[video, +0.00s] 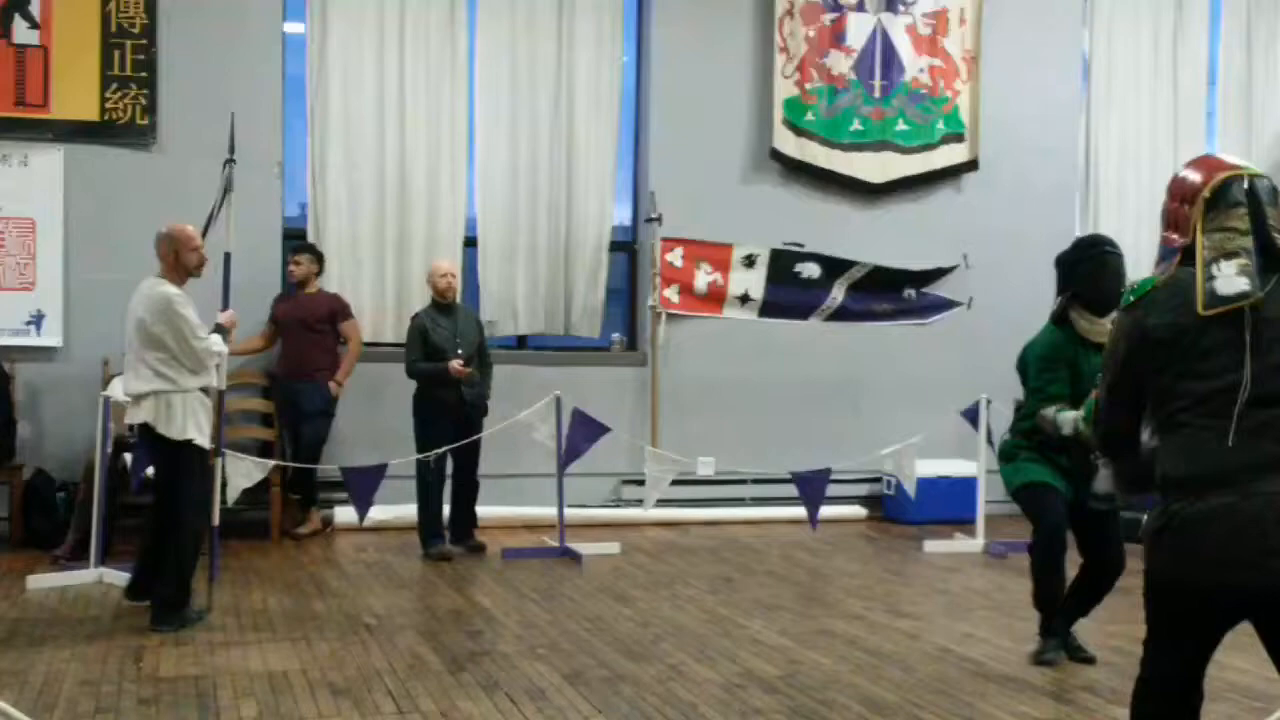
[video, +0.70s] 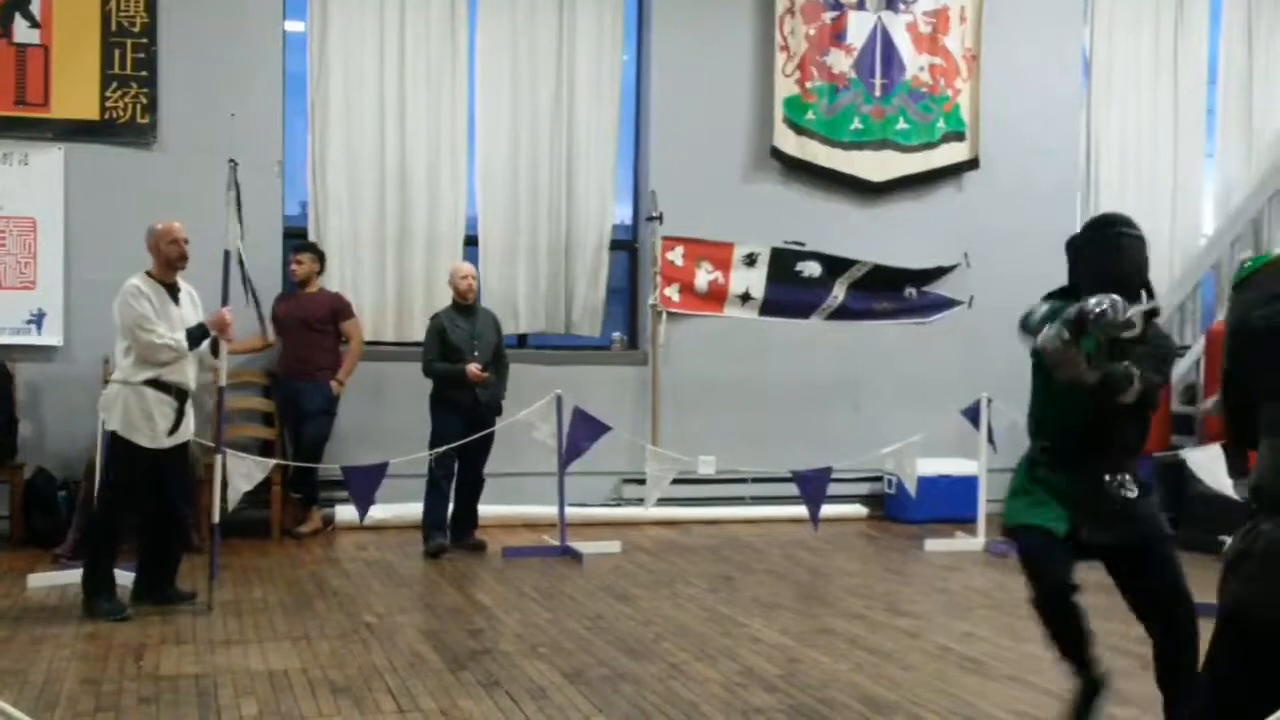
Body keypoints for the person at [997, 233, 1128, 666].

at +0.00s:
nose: (1114, 288)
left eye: (1117, 278)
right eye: (1105, 279)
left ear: (1120, 284)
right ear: (1079, 284)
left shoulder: (1117, 337)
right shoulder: (1049, 346)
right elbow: (1045, 412)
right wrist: (1081, 422)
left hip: (1086, 463)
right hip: (1034, 454)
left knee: (1107, 560)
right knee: (1051, 521)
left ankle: (1061, 626)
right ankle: (1051, 632)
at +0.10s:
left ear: (1121, 298)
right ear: (1075, 299)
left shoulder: (1123, 337)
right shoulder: (1052, 354)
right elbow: (1070, 436)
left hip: (1088, 467)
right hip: (1037, 461)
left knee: (1117, 565)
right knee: (1062, 524)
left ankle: (1062, 618)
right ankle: (1068, 630)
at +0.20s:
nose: (1113, 286)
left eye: (1117, 276)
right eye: (1103, 276)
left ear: (1121, 280)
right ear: (1078, 283)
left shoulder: (1125, 330)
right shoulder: (1062, 337)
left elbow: (1143, 377)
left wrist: (1112, 412)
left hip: (1102, 469)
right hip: (1052, 467)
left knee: (1118, 565)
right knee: (1079, 552)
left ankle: (1063, 616)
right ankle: (1093, 674)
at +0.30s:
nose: (1114, 302)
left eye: (1119, 291)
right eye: (1104, 292)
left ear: (1126, 290)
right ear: (1078, 293)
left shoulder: (1124, 338)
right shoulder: (1062, 342)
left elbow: (1152, 381)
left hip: (1118, 476)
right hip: (1071, 478)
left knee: (1129, 577)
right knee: (1114, 579)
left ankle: (1074, 616)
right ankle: (1114, 696)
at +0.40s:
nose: (1126, 287)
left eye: (1130, 276)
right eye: (1114, 277)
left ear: (1136, 285)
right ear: (1087, 283)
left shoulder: (1139, 340)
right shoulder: (1062, 334)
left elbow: (1170, 366)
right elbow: (1067, 319)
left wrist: (1151, 354)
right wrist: (1096, 296)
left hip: (1119, 482)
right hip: (1068, 483)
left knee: (1156, 603)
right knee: (1119, 594)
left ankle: (1092, 640)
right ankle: (1113, 702)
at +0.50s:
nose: (1123, 285)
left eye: (1133, 273)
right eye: (1112, 272)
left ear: (1144, 280)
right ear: (1085, 273)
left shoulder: (1151, 338)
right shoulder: (1064, 314)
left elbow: (1152, 371)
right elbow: (1071, 327)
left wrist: (1120, 357)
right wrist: (1090, 291)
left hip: (1114, 477)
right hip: (1055, 480)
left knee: (1179, 595)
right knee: (1108, 592)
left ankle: (1131, 666)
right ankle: (1108, 701)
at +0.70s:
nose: (1118, 282)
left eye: (1130, 270)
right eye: (1105, 269)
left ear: (1143, 274)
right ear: (1079, 268)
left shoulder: (1153, 340)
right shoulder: (1054, 315)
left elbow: (1138, 396)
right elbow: (1036, 323)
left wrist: (1088, 377)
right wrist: (1081, 318)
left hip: (1115, 486)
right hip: (1045, 485)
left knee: (1175, 615)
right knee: (1048, 585)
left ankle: (1182, 708)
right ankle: (1088, 676)